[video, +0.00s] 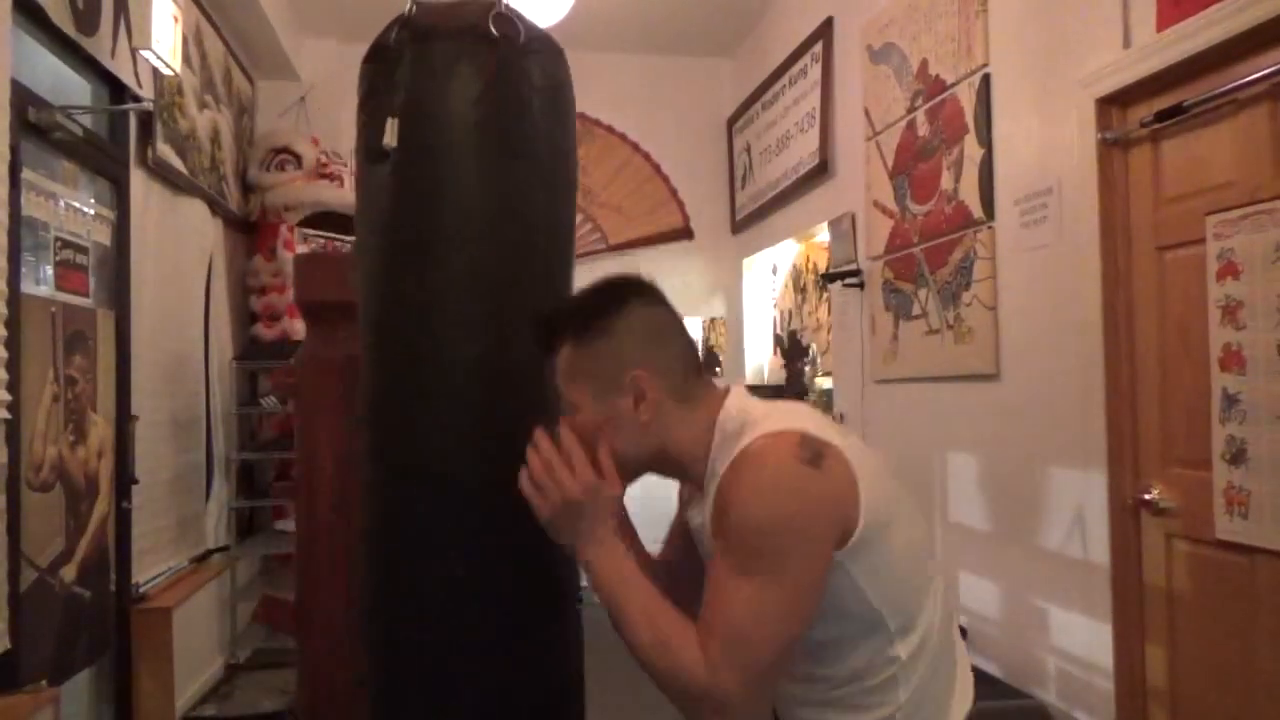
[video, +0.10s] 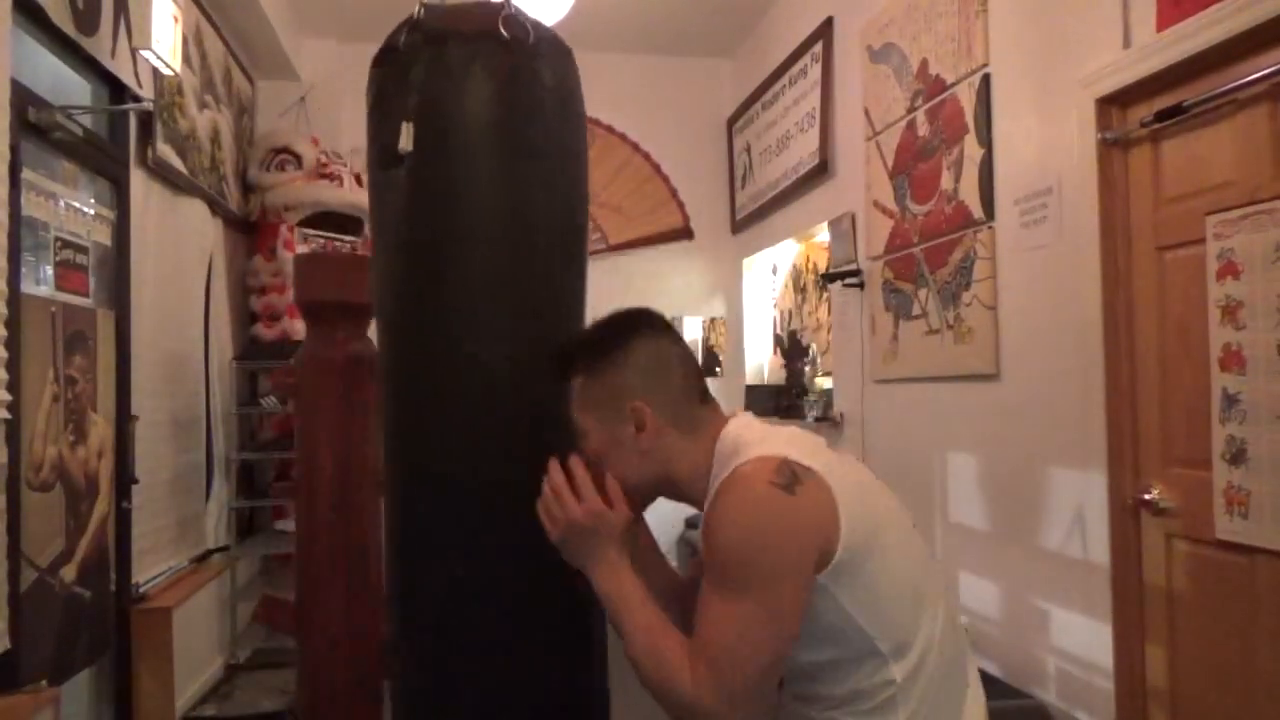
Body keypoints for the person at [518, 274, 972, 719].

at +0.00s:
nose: (566, 434)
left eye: (571, 410)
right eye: (563, 413)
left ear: (640, 397)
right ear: (646, 396)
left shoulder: (778, 474)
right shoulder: (715, 451)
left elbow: (724, 696)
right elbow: (675, 602)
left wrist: (597, 541)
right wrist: (602, 514)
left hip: (893, 709)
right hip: (818, 695)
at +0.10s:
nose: (582, 459)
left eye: (584, 437)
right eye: (577, 440)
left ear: (640, 425)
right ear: (644, 424)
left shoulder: (762, 495)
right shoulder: (747, 460)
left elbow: (718, 701)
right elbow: (692, 628)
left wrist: (603, 561)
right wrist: (624, 525)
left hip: (901, 710)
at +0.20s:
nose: (620, 449)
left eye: (621, 430)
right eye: (615, 432)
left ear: (663, 419)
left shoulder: (757, 488)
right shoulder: (779, 444)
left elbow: (700, 690)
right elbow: (713, 642)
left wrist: (619, 543)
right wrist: (654, 514)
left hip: (890, 711)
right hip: (946, 698)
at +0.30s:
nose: (650, 406)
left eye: (652, 385)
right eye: (647, 387)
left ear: (692, 378)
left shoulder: (765, 447)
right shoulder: (802, 410)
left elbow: (690, 628)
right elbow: (723, 587)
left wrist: (638, 484)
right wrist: (686, 462)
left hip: (891, 708)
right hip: (950, 691)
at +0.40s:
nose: (676, 363)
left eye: (676, 343)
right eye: (672, 345)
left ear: (718, 331)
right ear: (770, 316)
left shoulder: (776, 397)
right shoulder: (827, 371)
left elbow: (691, 570)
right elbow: (749, 549)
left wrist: (644, 430)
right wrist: (707, 418)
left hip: (886, 700)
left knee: (712, 597)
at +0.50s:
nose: (695, 347)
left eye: (696, 328)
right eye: (692, 330)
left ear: (737, 316)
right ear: (741, 316)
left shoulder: (786, 376)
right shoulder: (836, 353)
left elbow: (704, 549)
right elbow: (757, 528)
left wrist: (647, 418)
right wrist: (716, 402)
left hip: (884, 695)